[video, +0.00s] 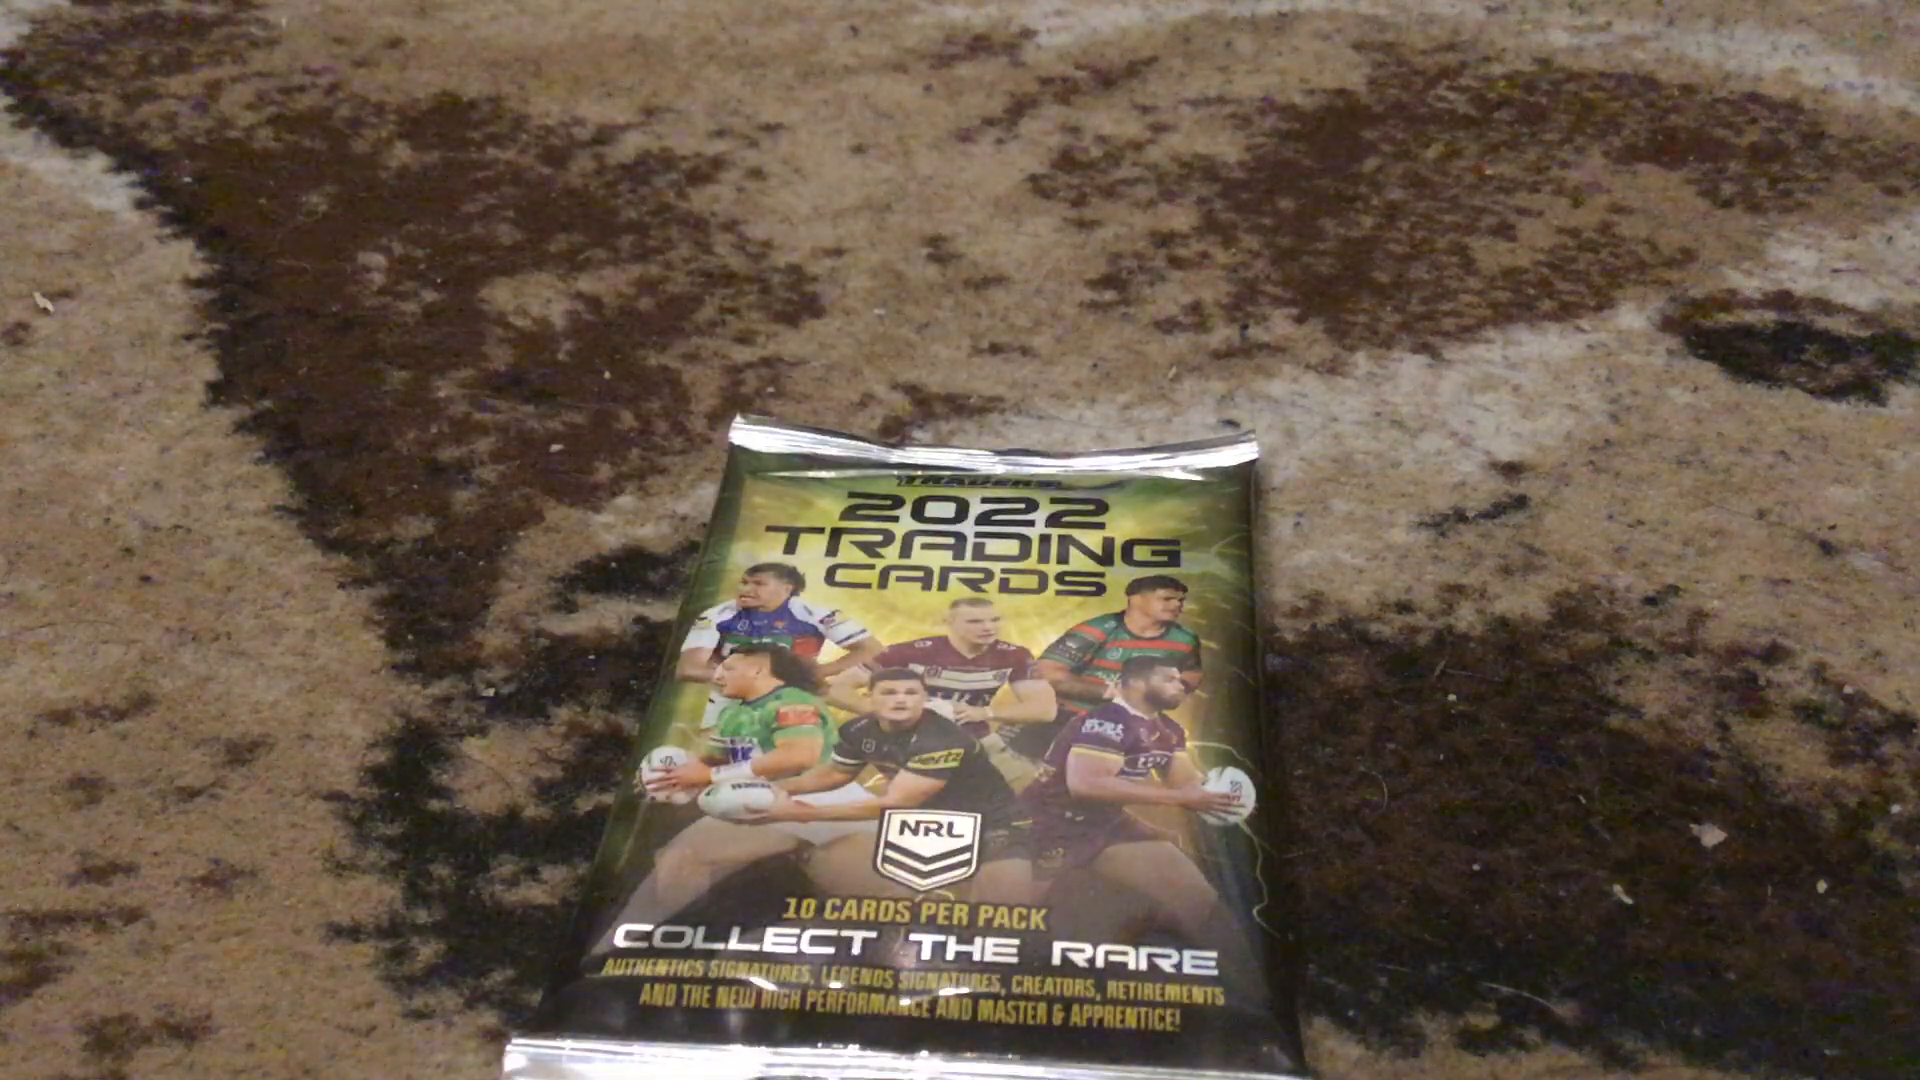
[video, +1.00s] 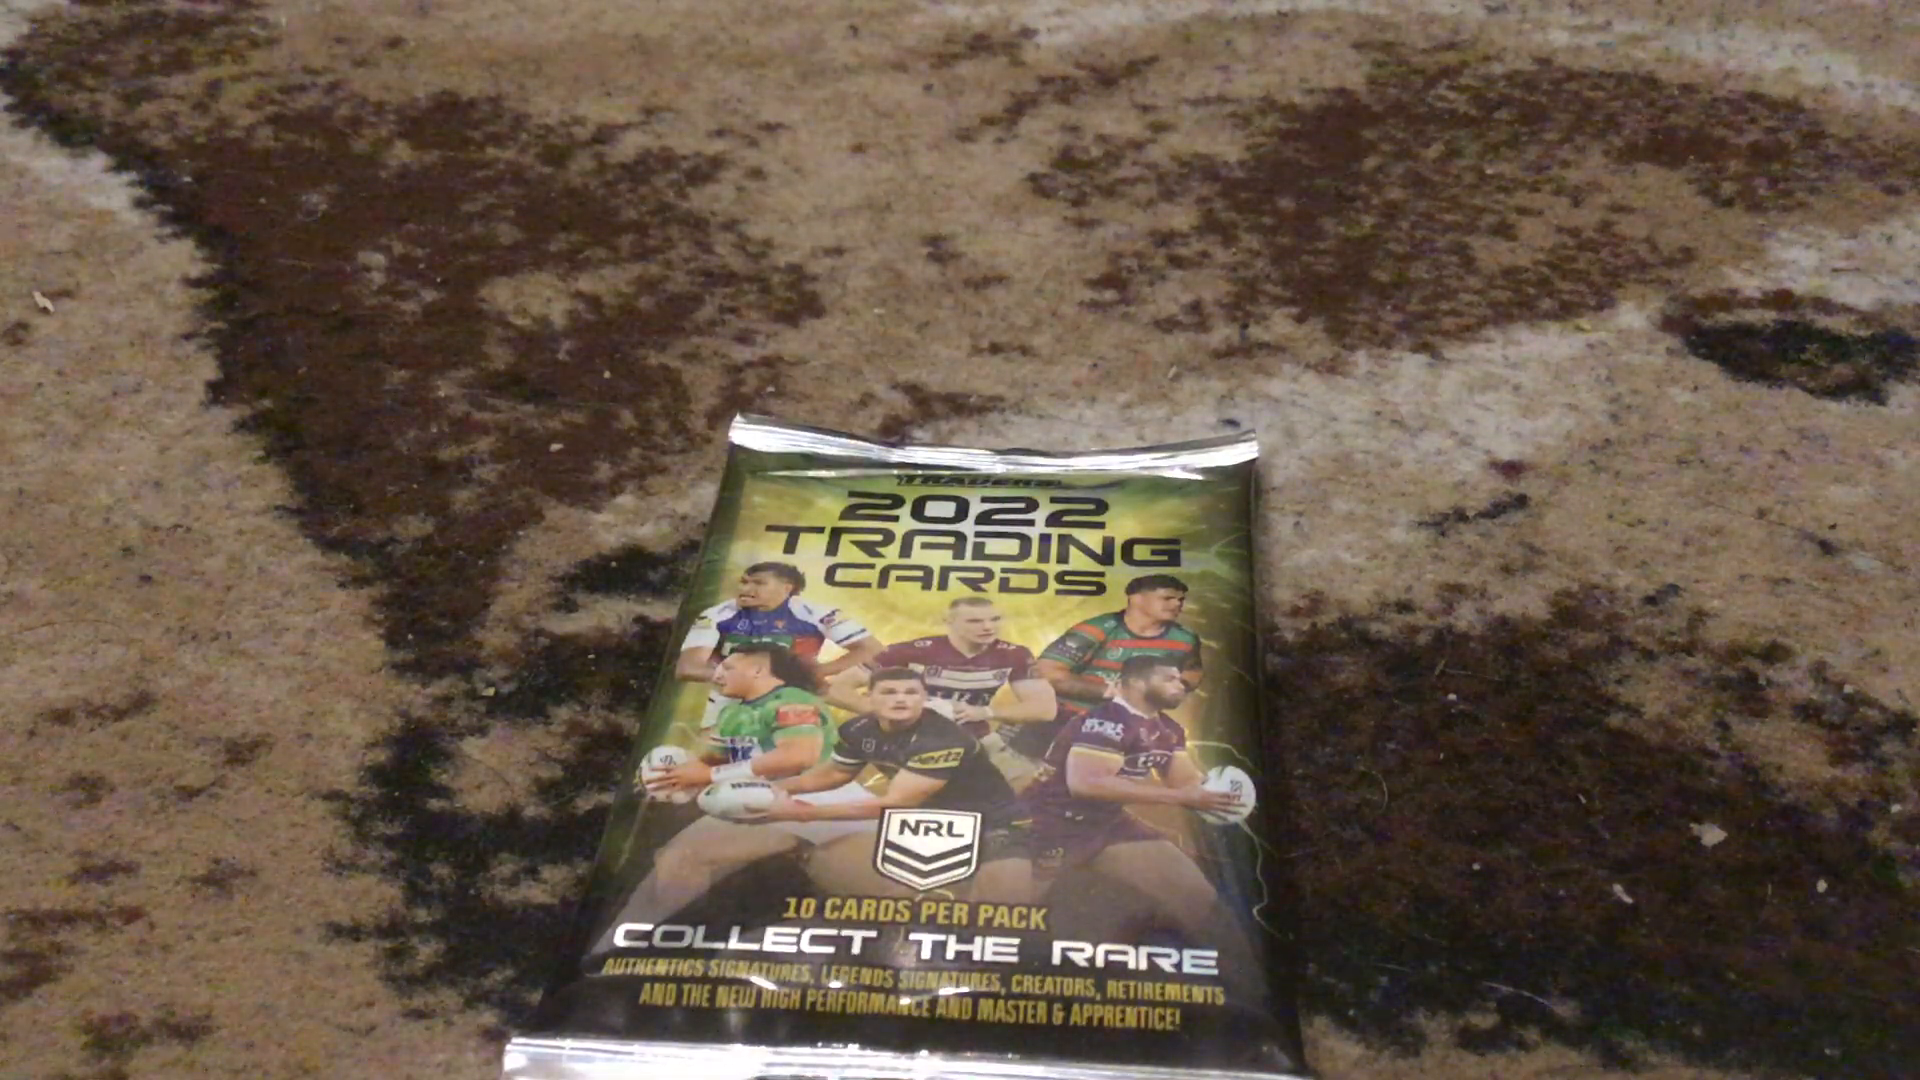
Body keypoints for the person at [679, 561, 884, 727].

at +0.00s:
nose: (748, 590)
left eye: (759, 584)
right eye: (746, 583)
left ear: (788, 588)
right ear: (741, 584)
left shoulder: (809, 614)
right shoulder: (719, 616)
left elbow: (871, 648)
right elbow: (687, 669)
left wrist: (820, 671)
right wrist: (740, 673)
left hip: (787, 721)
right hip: (724, 719)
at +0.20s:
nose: (748, 590)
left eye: (759, 584)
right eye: (746, 583)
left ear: (787, 589)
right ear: (741, 584)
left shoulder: (808, 614)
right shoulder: (720, 616)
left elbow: (871, 648)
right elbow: (686, 668)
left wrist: (819, 671)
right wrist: (737, 673)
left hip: (787, 715)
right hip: (727, 714)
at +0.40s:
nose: (748, 590)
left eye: (759, 584)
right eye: (746, 583)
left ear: (787, 589)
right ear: (740, 584)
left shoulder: (807, 613)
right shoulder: (720, 615)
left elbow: (871, 648)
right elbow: (686, 668)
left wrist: (819, 671)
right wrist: (737, 673)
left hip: (786, 717)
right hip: (725, 715)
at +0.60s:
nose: (748, 590)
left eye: (759, 584)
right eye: (746, 583)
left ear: (788, 588)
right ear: (741, 584)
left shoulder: (809, 614)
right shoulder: (720, 615)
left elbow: (872, 649)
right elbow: (687, 668)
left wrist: (818, 672)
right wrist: (739, 673)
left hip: (787, 718)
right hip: (725, 716)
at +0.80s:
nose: (748, 590)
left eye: (759, 583)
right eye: (746, 583)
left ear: (787, 588)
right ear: (740, 584)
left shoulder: (807, 613)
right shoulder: (721, 615)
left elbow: (871, 648)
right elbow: (686, 667)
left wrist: (819, 671)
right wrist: (738, 673)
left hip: (788, 715)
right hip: (726, 714)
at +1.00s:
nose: (748, 590)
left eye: (759, 583)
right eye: (746, 583)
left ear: (788, 588)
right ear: (740, 584)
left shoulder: (808, 613)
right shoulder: (720, 615)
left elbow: (871, 649)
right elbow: (686, 667)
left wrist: (818, 671)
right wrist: (739, 673)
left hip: (789, 715)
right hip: (726, 715)